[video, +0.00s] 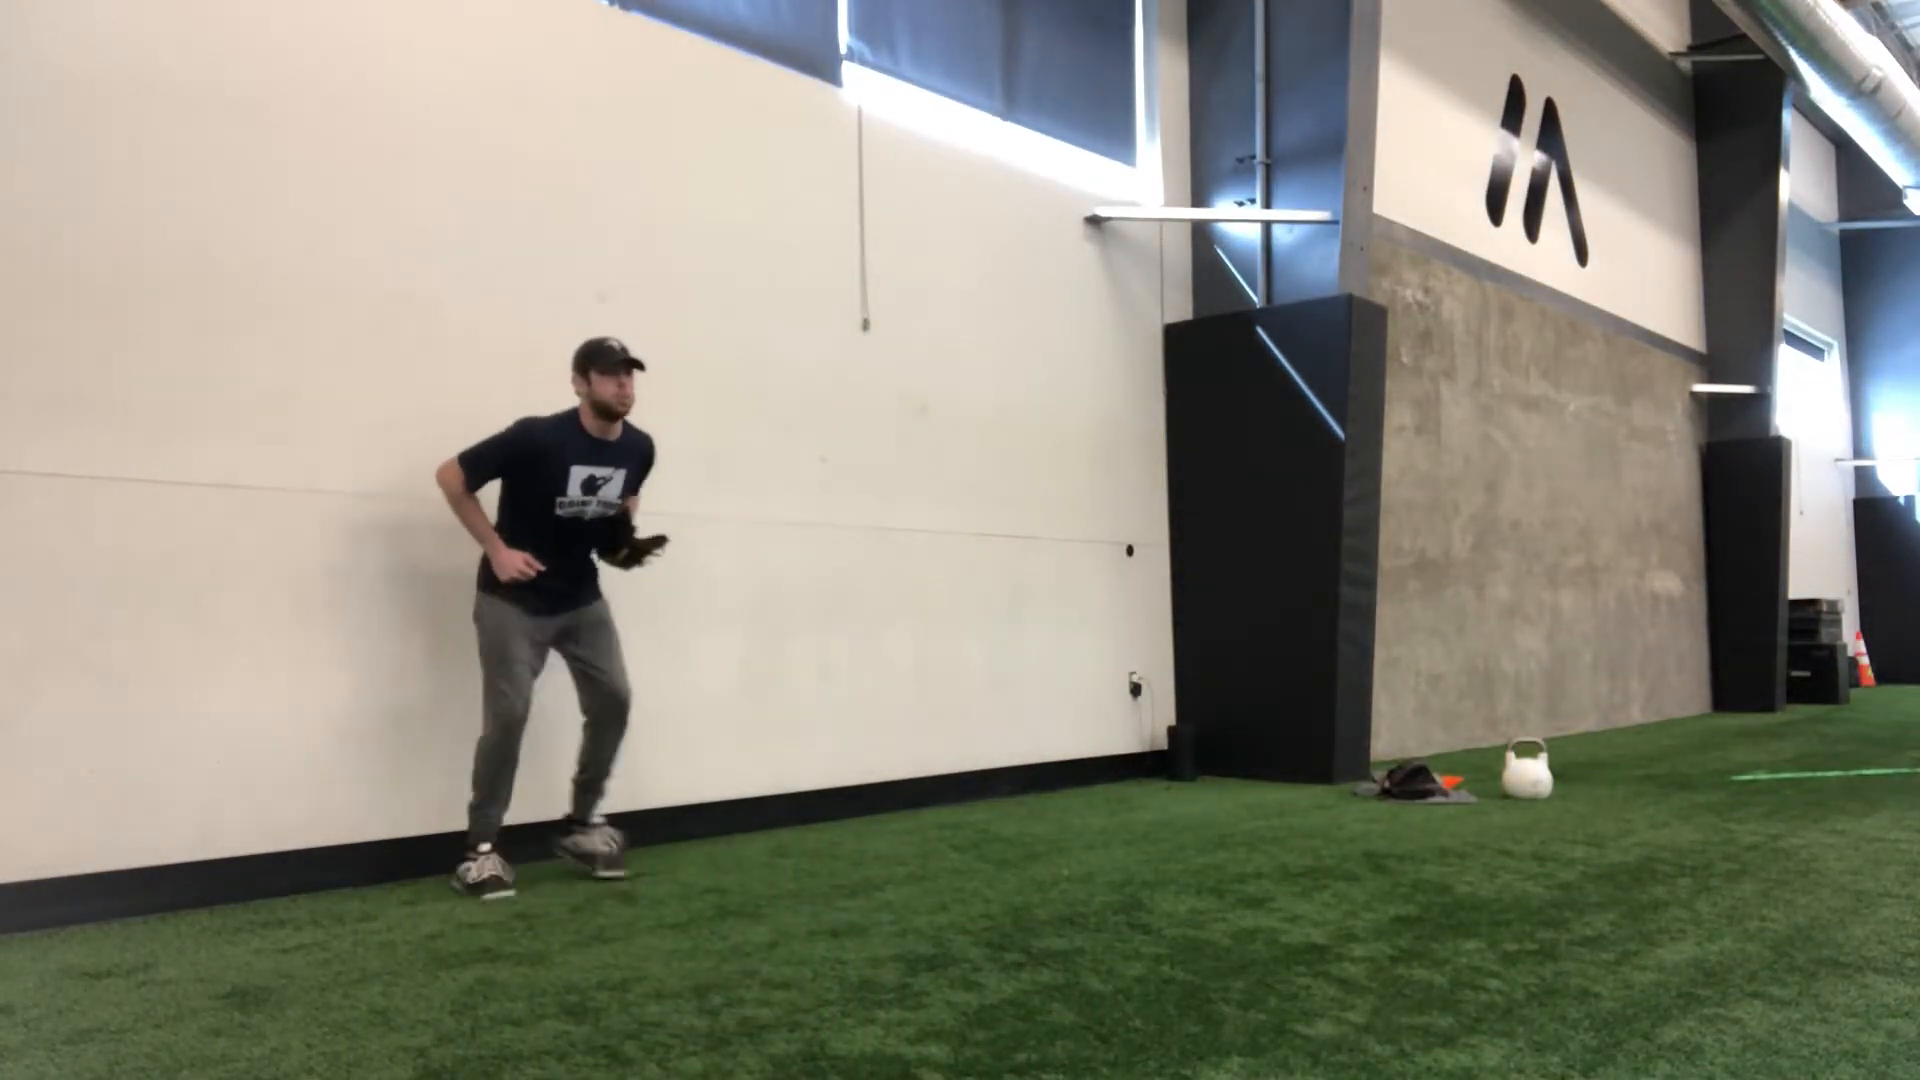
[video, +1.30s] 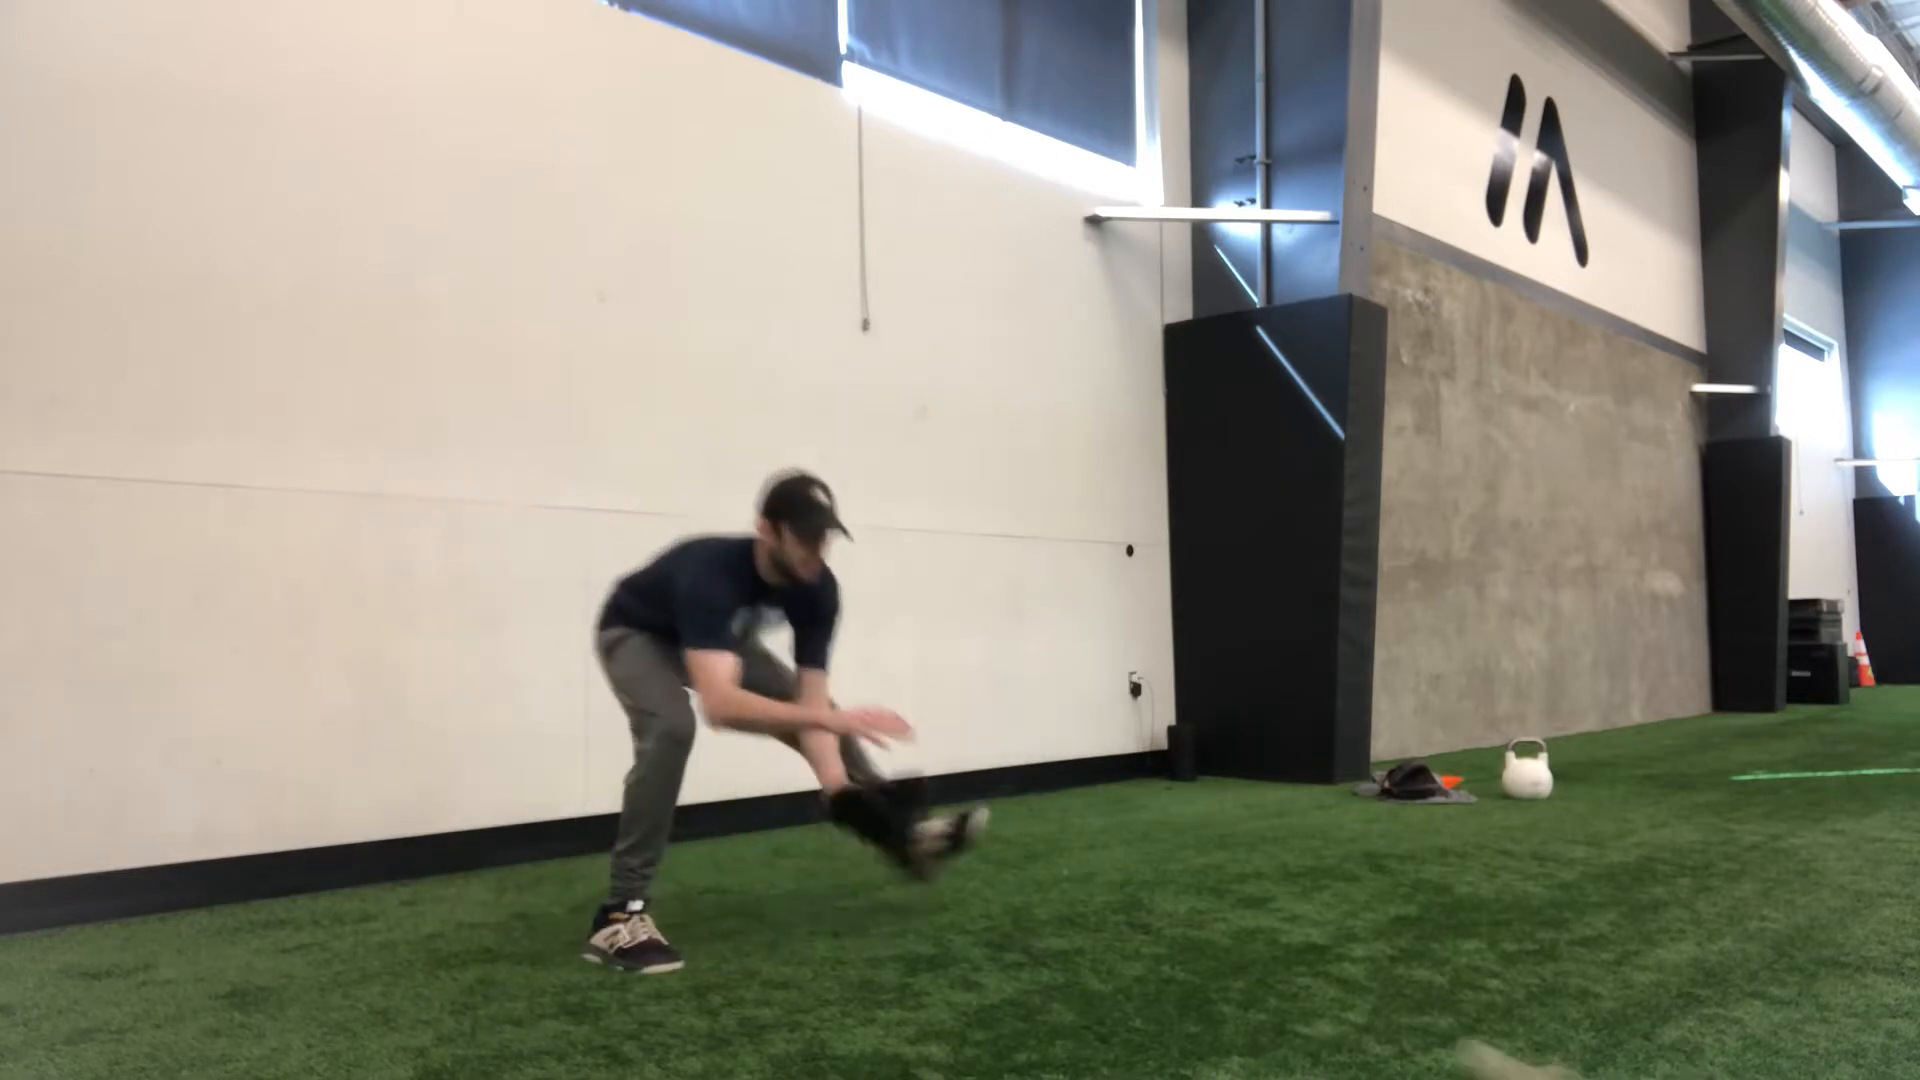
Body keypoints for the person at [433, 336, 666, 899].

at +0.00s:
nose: (625, 385)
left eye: (628, 375)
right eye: (612, 376)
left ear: (634, 383)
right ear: (581, 383)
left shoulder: (637, 448)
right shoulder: (535, 438)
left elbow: (624, 505)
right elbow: (452, 476)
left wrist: (622, 544)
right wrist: (495, 548)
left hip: (580, 598)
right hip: (514, 600)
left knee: (612, 702)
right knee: (508, 716)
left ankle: (583, 824)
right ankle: (482, 849)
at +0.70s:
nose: (704, 428)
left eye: (709, 417)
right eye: (690, 416)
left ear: (714, 424)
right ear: (657, 422)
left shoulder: (707, 500)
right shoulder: (602, 477)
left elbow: (697, 573)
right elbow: (506, 512)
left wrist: (708, 585)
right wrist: (529, 601)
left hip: (626, 622)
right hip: (564, 618)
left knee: (659, 736)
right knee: (597, 728)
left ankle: (625, 866)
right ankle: (527, 826)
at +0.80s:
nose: (723, 424)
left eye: (728, 412)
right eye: (709, 411)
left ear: (733, 418)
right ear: (674, 417)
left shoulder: (724, 498)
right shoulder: (619, 472)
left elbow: (720, 582)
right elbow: (516, 508)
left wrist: (731, 602)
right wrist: (541, 600)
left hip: (635, 612)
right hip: (574, 601)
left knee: (669, 739)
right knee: (617, 700)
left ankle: (623, 861)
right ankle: (581, 870)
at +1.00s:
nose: (752, 453)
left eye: (756, 440)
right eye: (739, 441)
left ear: (757, 441)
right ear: (701, 441)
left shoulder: (752, 512)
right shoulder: (647, 502)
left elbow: (762, 601)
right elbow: (541, 578)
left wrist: (771, 647)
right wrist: (611, 649)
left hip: (660, 631)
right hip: (596, 631)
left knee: (740, 700)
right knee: (653, 732)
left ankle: (603, 775)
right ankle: (622, 915)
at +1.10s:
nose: (768, 483)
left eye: (773, 470)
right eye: (756, 470)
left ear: (776, 468)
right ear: (716, 468)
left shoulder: (773, 530)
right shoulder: (662, 526)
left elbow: (782, 630)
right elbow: (594, 634)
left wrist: (792, 678)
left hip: (676, 634)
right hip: (607, 636)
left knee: (770, 680)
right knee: (668, 732)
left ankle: (628, 775)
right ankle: (622, 914)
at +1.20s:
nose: (788, 513)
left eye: (794, 500)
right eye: (776, 500)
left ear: (800, 496)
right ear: (737, 496)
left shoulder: (790, 553)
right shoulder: (681, 549)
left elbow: (798, 655)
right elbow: (661, 676)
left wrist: (810, 728)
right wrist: (778, 698)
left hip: (692, 628)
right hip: (617, 634)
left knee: (792, 674)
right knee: (671, 733)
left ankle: (781, 812)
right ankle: (621, 913)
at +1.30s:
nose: (817, 556)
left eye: (823, 542)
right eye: (805, 542)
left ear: (829, 535)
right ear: (767, 531)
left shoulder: (816, 590)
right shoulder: (708, 573)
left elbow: (812, 704)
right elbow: (720, 704)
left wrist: (835, 786)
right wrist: (832, 719)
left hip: (719, 639)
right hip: (638, 633)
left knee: (818, 720)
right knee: (669, 730)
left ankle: (904, 837)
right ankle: (622, 913)